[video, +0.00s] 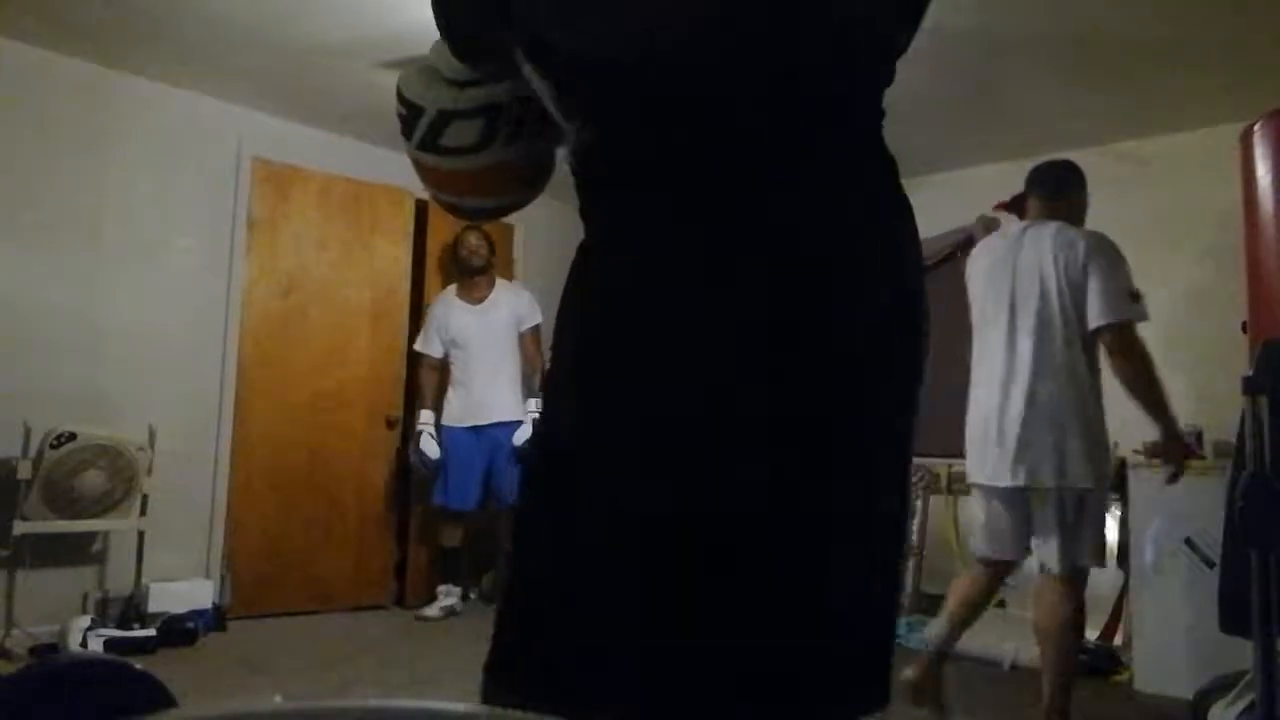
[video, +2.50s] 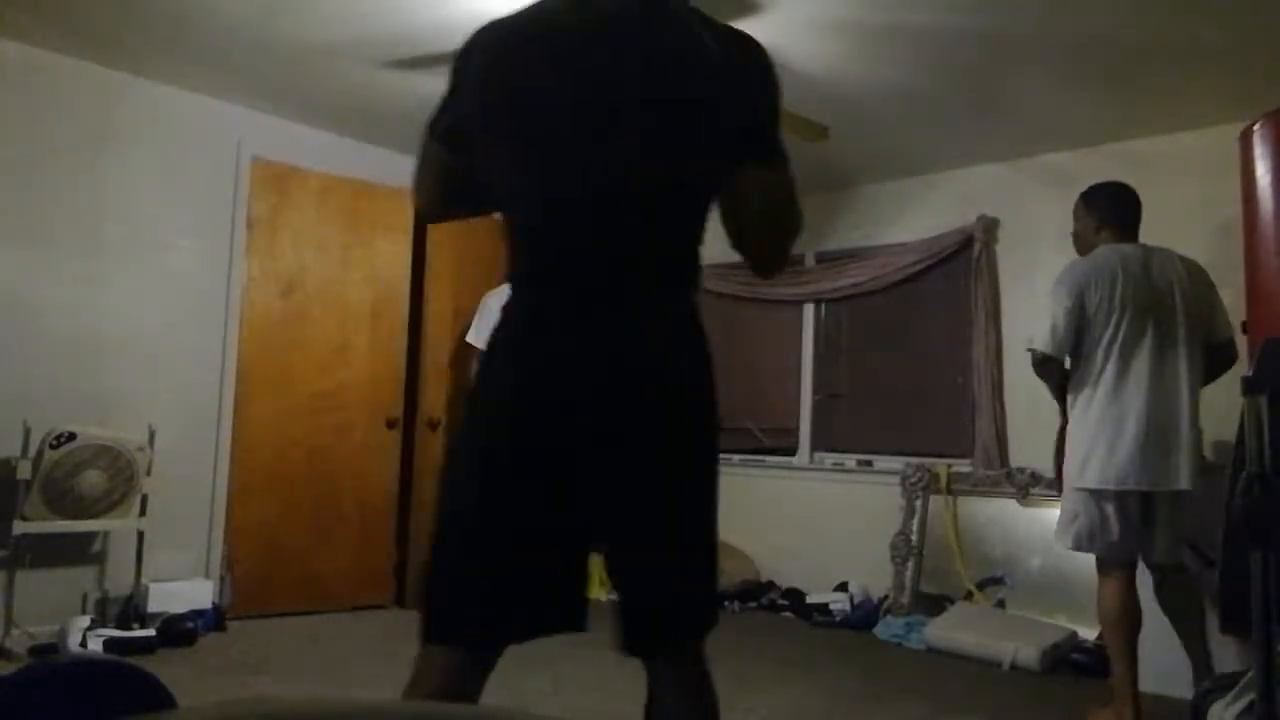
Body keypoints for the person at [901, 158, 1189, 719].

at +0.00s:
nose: (1082, 211)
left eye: (1078, 203)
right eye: (1082, 203)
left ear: (1025, 202)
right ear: (1077, 201)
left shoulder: (982, 255)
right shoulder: (1088, 248)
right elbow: (1119, 344)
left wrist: (1002, 230)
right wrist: (1168, 428)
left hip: (989, 438)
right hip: (1066, 442)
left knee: (994, 557)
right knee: (1064, 577)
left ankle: (925, 661)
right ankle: (1055, 706)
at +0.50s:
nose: (1135, 230)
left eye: (1133, 223)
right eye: (1134, 221)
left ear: (1075, 217)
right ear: (1124, 214)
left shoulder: (1044, 264)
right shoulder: (1132, 255)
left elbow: (1053, 349)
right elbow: (1152, 346)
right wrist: (1193, 432)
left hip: (1046, 446)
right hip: (1110, 447)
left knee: (1071, 570)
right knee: (1104, 575)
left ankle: (1075, 695)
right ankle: (1061, 701)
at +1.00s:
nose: (1180, 238)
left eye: (1178, 231)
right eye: (1178, 230)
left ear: (1125, 226)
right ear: (1170, 226)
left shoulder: (1080, 274)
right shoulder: (1186, 267)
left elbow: (1084, 356)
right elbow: (1199, 352)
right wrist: (1230, 434)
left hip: (1090, 453)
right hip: (1168, 452)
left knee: (1094, 568)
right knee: (1196, 580)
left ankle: (1079, 699)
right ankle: (1221, 691)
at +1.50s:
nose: (1222, 234)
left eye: (1194, 225)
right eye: (1228, 225)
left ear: (1179, 223)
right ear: (1234, 224)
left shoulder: (1155, 261)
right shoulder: (1255, 264)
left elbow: (1116, 339)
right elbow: (1268, 336)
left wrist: (1168, 324)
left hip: (1156, 444)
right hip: (1234, 448)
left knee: (1129, 557)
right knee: (1232, 574)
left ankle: (1105, 688)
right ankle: (1232, 696)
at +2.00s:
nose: (1132, 235)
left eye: (1131, 227)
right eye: (1136, 229)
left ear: (1137, 226)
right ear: (1188, 222)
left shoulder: (1122, 270)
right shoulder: (1230, 267)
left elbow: (1095, 352)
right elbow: (1247, 347)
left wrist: (1147, 368)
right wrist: (1201, 366)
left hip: (1139, 448)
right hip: (1217, 450)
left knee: (1132, 576)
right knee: (1216, 579)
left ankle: (1127, 703)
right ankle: (1231, 697)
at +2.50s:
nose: (1073, 236)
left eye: (1076, 226)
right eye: (1074, 226)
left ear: (1094, 225)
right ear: (1134, 224)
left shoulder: (1081, 275)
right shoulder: (1188, 272)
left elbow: (1047, 359)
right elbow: (1223, 353)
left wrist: (1072, 403)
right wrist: (1167, 387)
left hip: (1106, 452)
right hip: (1174, 452)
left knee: (1114, 573)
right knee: (1172, 569)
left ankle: (1124, 701)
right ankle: (1205, 678)